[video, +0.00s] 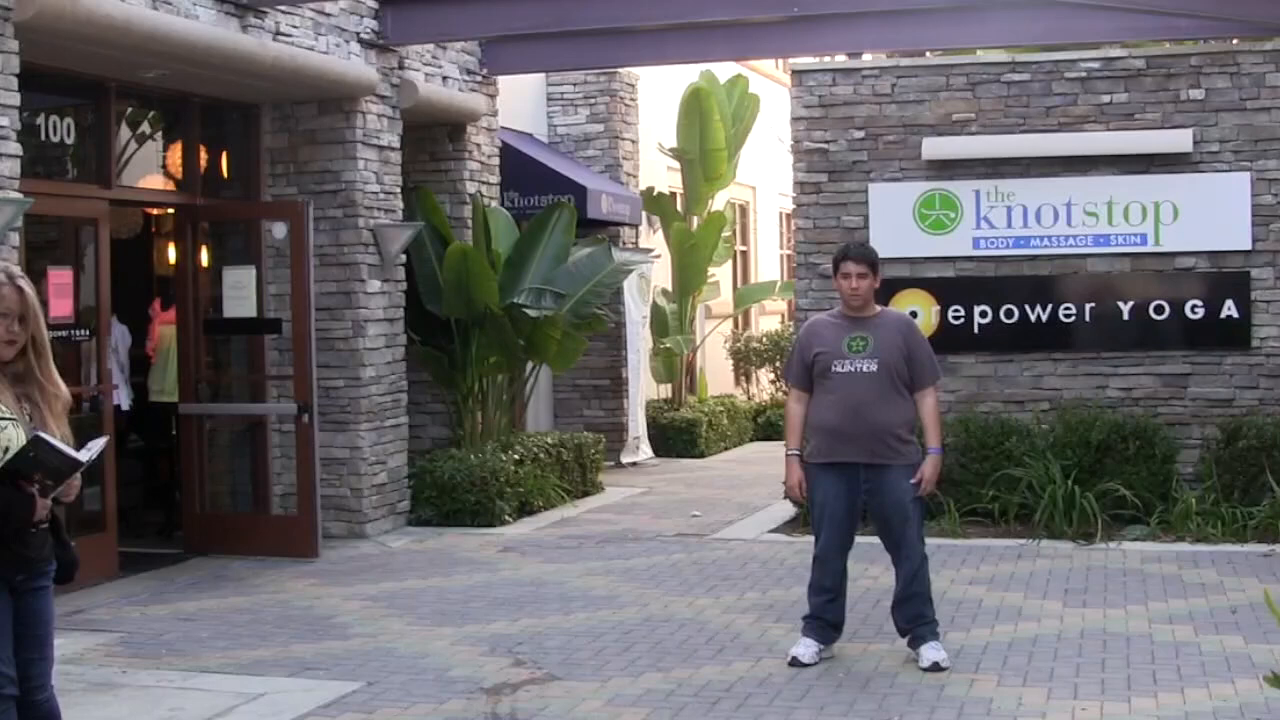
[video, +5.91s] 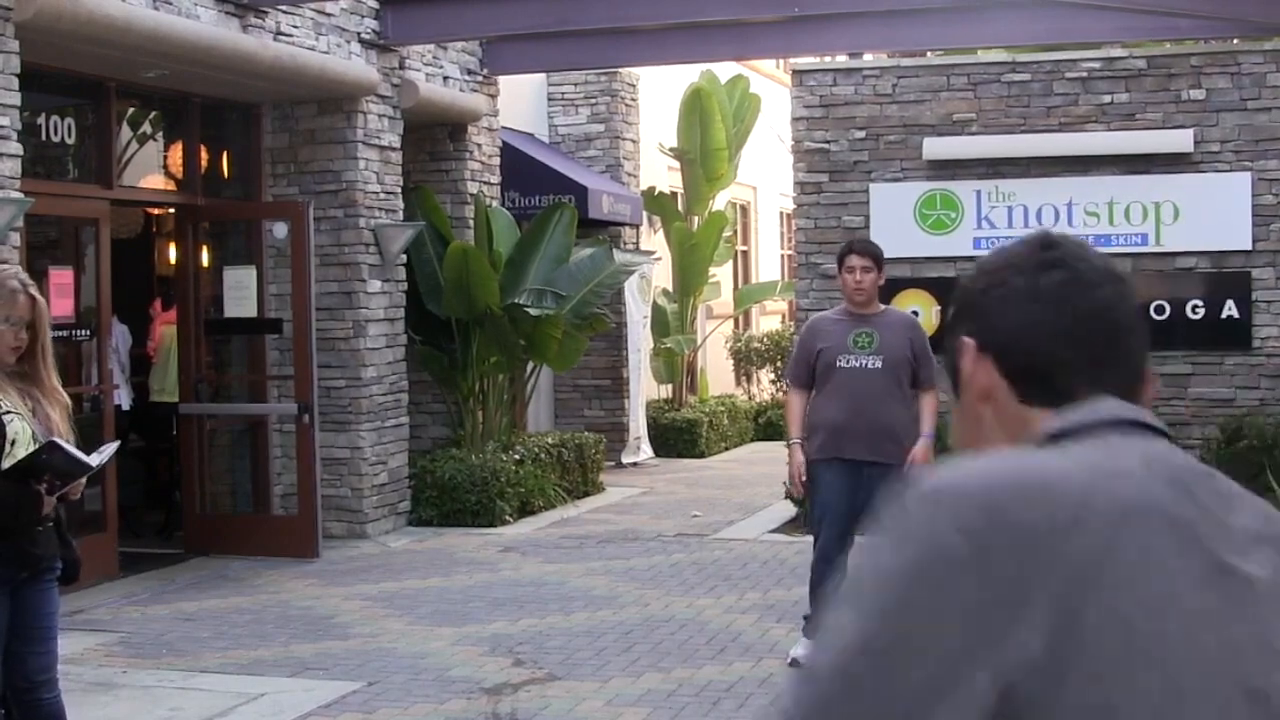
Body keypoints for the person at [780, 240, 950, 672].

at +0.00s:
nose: (853, 284)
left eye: (861, 276)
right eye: (845, 277)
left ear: (876, 280)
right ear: (834, 281)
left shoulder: (902, 328)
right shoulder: (813, 332)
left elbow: (925, 392)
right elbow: (798, 396)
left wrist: (934, 453)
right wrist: (792, 458)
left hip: (894, 462)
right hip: (829, 463)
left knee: (910, 552)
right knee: (828, 552)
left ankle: (924, 636)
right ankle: (817, 634)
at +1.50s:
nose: (853, 280)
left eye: (861, 273)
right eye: (845, 273)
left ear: (875, 278)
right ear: (834, 279)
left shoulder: (902, 323)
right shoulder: (812, 329)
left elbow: (931, 384)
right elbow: (793, 380)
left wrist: (904, 395)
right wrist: (800, 397)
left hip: (893, 461)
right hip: (828, 461)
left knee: (906, 549)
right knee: (824, 549)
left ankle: (923, 636)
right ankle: (817, 634)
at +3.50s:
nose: (862, 283)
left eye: (870, 275)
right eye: (854, 275)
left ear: (885, 279)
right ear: (843, 281)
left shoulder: (913, 325)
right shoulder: (823, 330)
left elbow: (940, 385)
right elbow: (802, 388)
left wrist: (917, 402)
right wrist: (819, 413)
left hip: (906, 460)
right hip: (842, 461)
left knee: (917, 550)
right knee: (833, 550)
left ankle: (924, 637)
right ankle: (817, 635)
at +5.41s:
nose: (851, 282)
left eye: (859, 275)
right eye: (843, 275)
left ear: (873, 280)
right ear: (832, 281)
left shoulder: (898, 327)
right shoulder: (812, 330)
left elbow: (929, 390)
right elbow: (786, 397)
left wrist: (908, 395)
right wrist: (805, 389)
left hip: (887, 464)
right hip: (823, 463)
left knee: (900, 550)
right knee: (818, 550)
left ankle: (923, 637)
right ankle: (818, 633)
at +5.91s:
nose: (857, 278)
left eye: (866, 270)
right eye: (849, 271)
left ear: (880, 276)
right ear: (839, 278)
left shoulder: (906, 327)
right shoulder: (817, 328)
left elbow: (927, 388)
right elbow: (797, 389)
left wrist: (926, 439)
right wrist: (795, 446)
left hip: (893, 463)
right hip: (830, 461)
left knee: (897, 555)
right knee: (827, 552)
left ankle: (899, 644)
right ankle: (815, 635)